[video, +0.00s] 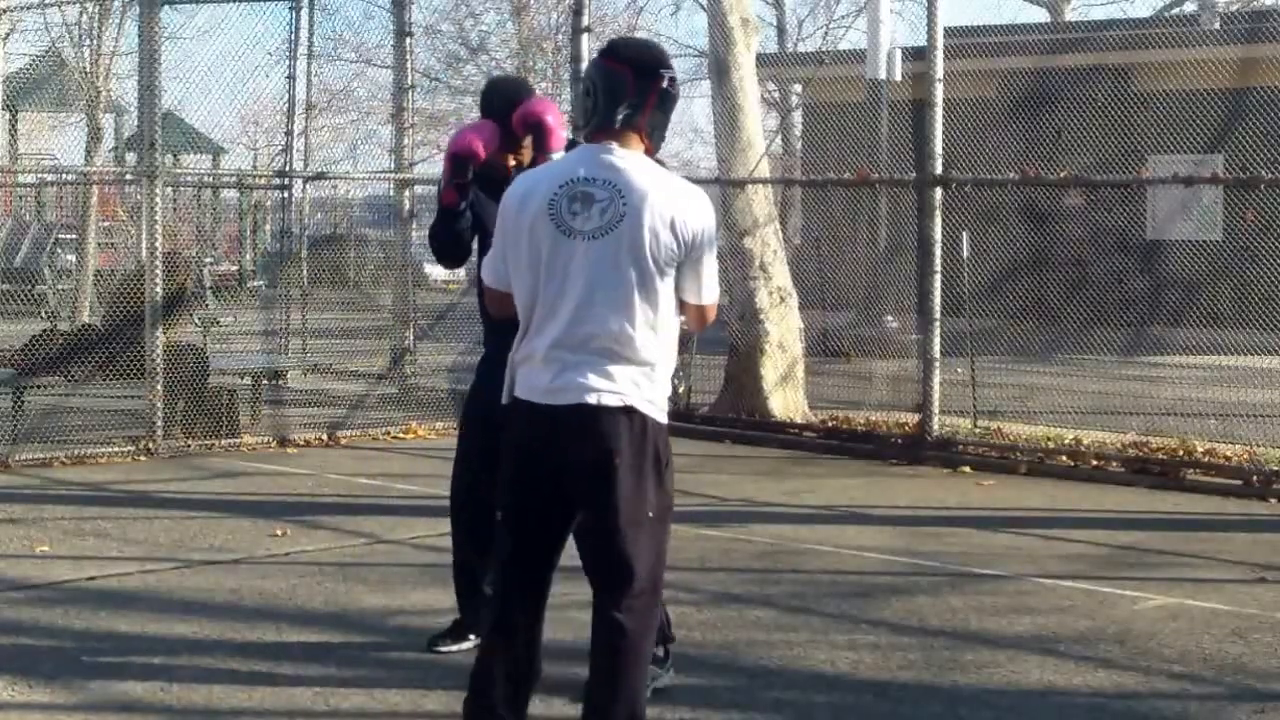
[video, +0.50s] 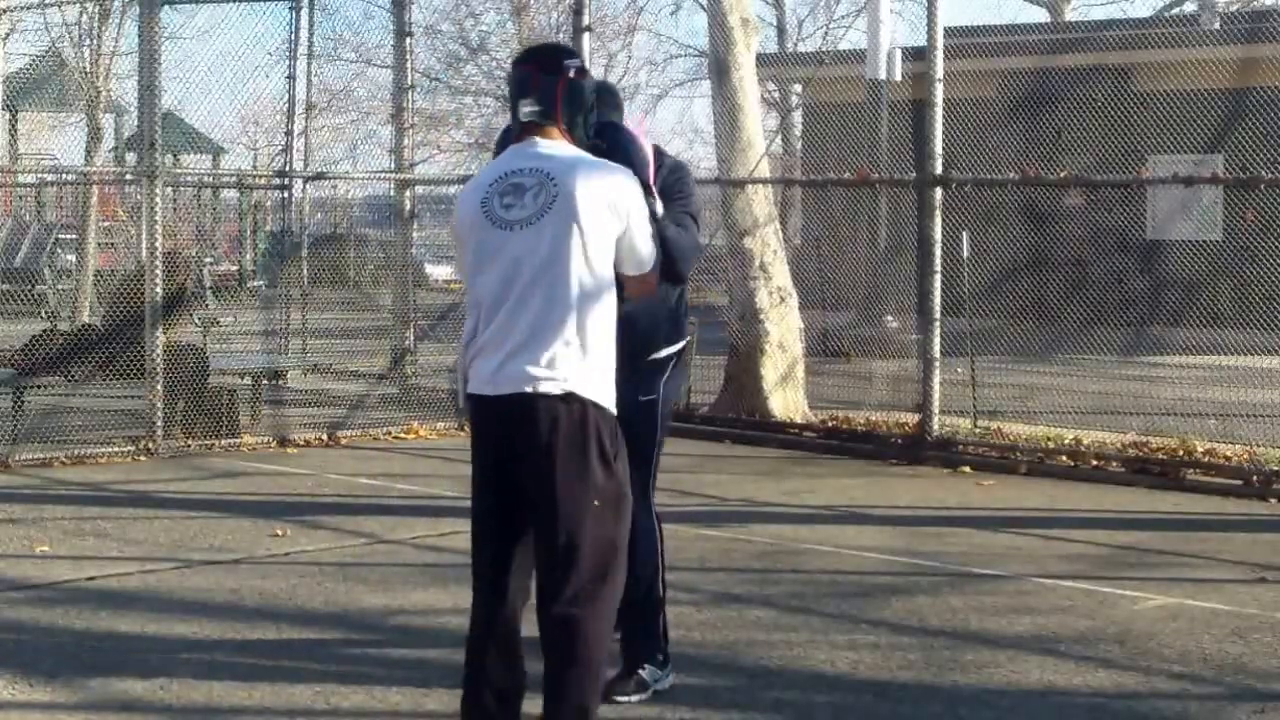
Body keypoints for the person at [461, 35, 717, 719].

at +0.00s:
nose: (670, 113)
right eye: (668, 103)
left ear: (587, 102)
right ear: (658, 108)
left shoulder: (527, 188)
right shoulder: (682, 201)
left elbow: (499, 301)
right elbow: (700, 314)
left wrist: (576, 301)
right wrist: (632, 305)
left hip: (531, 416)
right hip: (624, 422)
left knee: (515, 591)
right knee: (627, 599)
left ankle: (493, 712)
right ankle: (615, 713)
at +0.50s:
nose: (587, 105)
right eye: (582, 94)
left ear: (512, 107)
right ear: (577, 100)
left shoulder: (474, 190)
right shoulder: (610, 180)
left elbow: (483, 277)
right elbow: (642, 282)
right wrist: (564, 280)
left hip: (489, 400)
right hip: (574, 401)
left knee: (495, 580)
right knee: (583, 582)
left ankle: (487, 709)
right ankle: (573, 707)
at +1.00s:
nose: (656, 134)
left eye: (656, 121)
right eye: (650, 121)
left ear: (586, 110)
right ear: (626, 122)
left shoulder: (534, 165)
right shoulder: (621, 209)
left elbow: (476, 220)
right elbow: (662, 323)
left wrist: (542, 260)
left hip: (507, 400)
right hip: (573, 413)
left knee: (530, 566)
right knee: (583, 584)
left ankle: (518, 701)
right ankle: (548, 706)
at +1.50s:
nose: (646, 121)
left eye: (645, 106)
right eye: (640, 106)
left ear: (574, 105)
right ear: (622, 109)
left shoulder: (534, 175)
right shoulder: (615, 191)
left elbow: (581, 267)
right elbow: (672, 301)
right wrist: (670, 229)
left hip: (516, 389)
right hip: (567, 399)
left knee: (543, 559)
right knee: (572, 569)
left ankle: (531, 699)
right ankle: (539, 705)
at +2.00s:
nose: (715, 368)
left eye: (726, 358)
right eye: (719, 354)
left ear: (689, 311)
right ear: (695, 328)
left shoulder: (641, 325)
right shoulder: (625, 361)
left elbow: (632, 436)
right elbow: (608, 477)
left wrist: (684, 421)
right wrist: (683, 437)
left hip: (534, 467)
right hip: (492, 471)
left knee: (629, 535)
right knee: (568, 598)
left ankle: (616, 680)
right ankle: (476, 708)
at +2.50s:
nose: (635, 161)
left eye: (642, 147)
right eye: (622, 146)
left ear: (574, 150)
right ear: (580, 147)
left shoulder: (547, 206)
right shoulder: (569, 222)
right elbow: (631, 327)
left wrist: (625, 242)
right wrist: (668, 261)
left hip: (524, 419)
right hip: (500, 424)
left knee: (573, 544)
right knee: (498, 597)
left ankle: (570, 690)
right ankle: (446, 712)